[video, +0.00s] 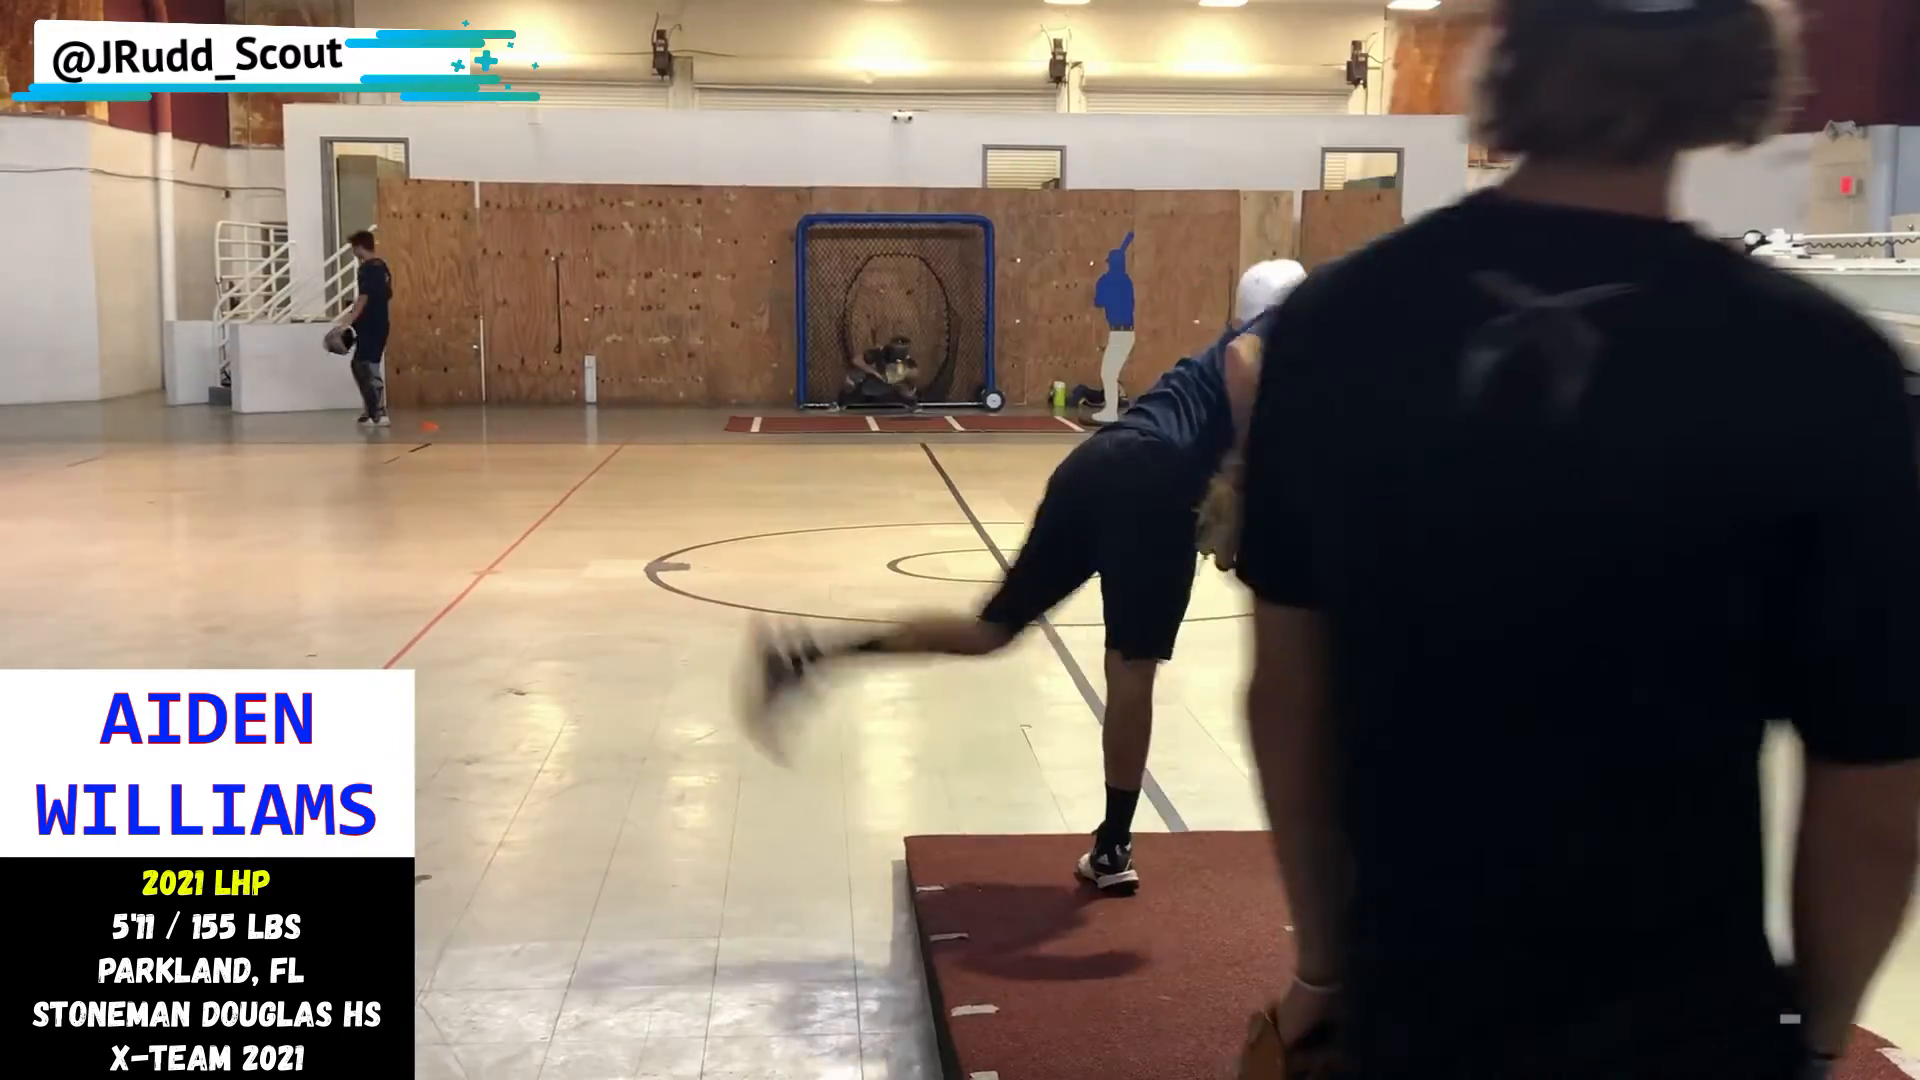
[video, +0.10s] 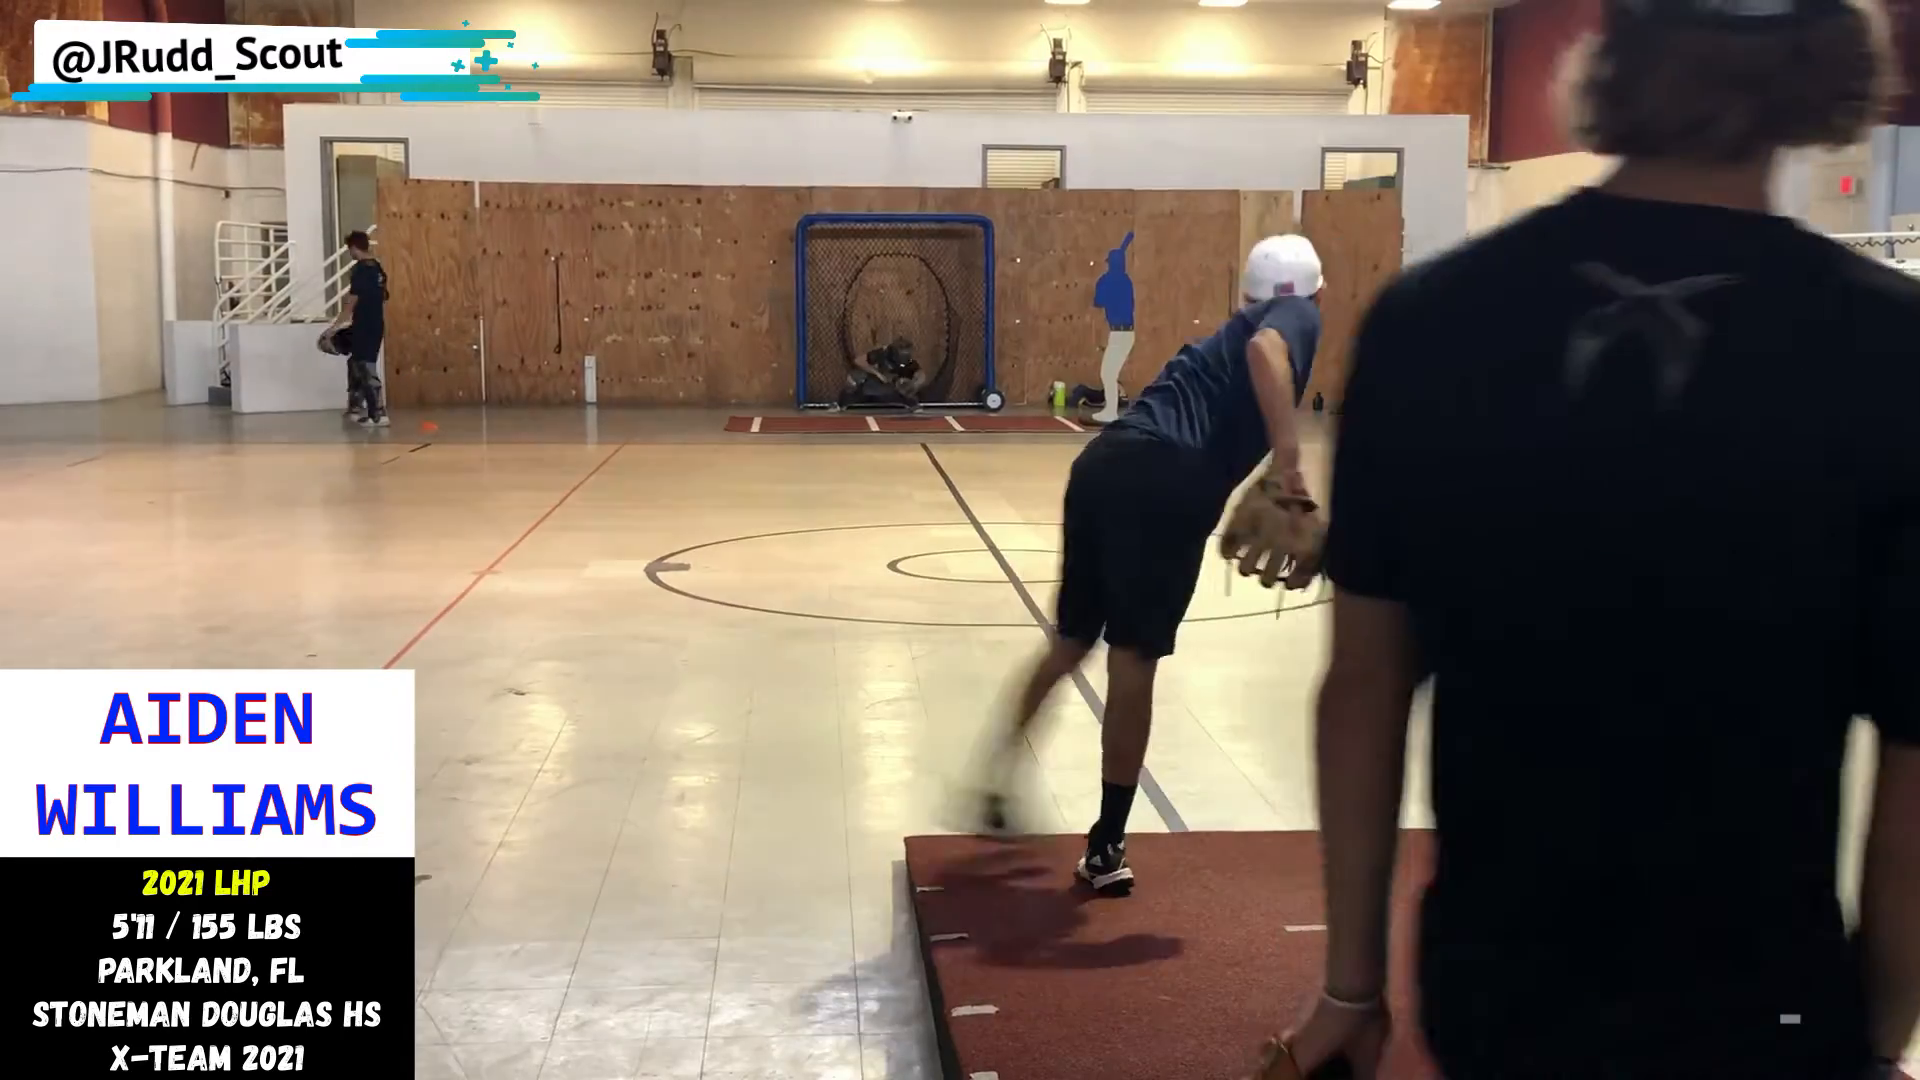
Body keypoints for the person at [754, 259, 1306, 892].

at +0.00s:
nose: (1309, 326)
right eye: (1303, 312)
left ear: (1245, 311)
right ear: (1292, 315)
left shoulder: (1220, 352)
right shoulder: (1266, 349)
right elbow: (1256, 464)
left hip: (1089, 474)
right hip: (1155, 497)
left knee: (987, 629)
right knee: (1133, 674)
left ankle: (810, 651)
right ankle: (1112, 848)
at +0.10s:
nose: (1323, 295)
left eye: (1318, 287)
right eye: (1321, 285)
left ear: (1250, 293)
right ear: (1311, 289)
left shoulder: (1228, 334)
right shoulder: (1297, 308)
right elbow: (1266, 352)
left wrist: (1261, 507)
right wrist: (1291, 478)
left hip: (1101, 466)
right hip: (1168, 485)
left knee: (1071, 637)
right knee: (1132, 666)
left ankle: (994, 775)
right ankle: (1106, 846)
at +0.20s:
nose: (1328, 277)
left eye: (1323, 268)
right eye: (1327, 268)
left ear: (1256, 274)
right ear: (1317, 271)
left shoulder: (1226, 320)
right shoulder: (1303, 294)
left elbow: (1167, 398)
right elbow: (1277, 344)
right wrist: (1301, 468)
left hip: (1125, 475)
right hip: (1185, 487)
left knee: (1157, 652)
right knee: (1153, 663)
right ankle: (1103, 837)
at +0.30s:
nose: (1333, 256)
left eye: (1328, 247)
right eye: (1331, 247)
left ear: (1260, 255)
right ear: (1321, 254)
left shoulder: (1237, 301)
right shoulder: (1304, 284)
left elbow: (1180, 396)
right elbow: (1275, 340)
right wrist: (1305, 466)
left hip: (1168, 487)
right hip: (1215, 495)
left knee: (1236, 643)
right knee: (1218, 663)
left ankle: (1239, 814)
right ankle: (1129, 827)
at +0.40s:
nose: (1331, 245)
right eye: (1331, 235)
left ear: (1266, 240)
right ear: (1328, 238)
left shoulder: (1238, 297)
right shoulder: (1311, 281)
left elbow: (1202, 389)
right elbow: (1282, 343)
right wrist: (1311, 460)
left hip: (1191, 488)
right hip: (1243, 494)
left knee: (1253, 653)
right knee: (1283, 658)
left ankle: (1243, 815)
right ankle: (1178, 799)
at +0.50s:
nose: (1341, 225)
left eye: (1333, 215)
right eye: (1339, 215)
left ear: (1273, 221)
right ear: (1332, 219)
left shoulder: (1236, 290)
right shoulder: (1322, 269)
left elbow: (1233, 403)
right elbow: (1308, 343)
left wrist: (1312, 481)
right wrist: (1339, 447)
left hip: (1205, 483)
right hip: (1271, 486)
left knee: (1255, 642)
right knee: (1319, 641)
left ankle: (1237, 811)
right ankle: (1246, 790)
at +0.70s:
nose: (1338, 203)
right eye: (1341, 193)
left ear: (1277, 196)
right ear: (1343, 197)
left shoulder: (1239, 274)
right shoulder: (1357, 267)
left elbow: (1259, 380)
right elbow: (1387, 376)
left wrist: (1348, 411)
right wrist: (1389, 431)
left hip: (1242, 487)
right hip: (1324, 490)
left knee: (1266, 647)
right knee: (1335, 653)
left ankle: (1249, 803)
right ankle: (1342, 817)